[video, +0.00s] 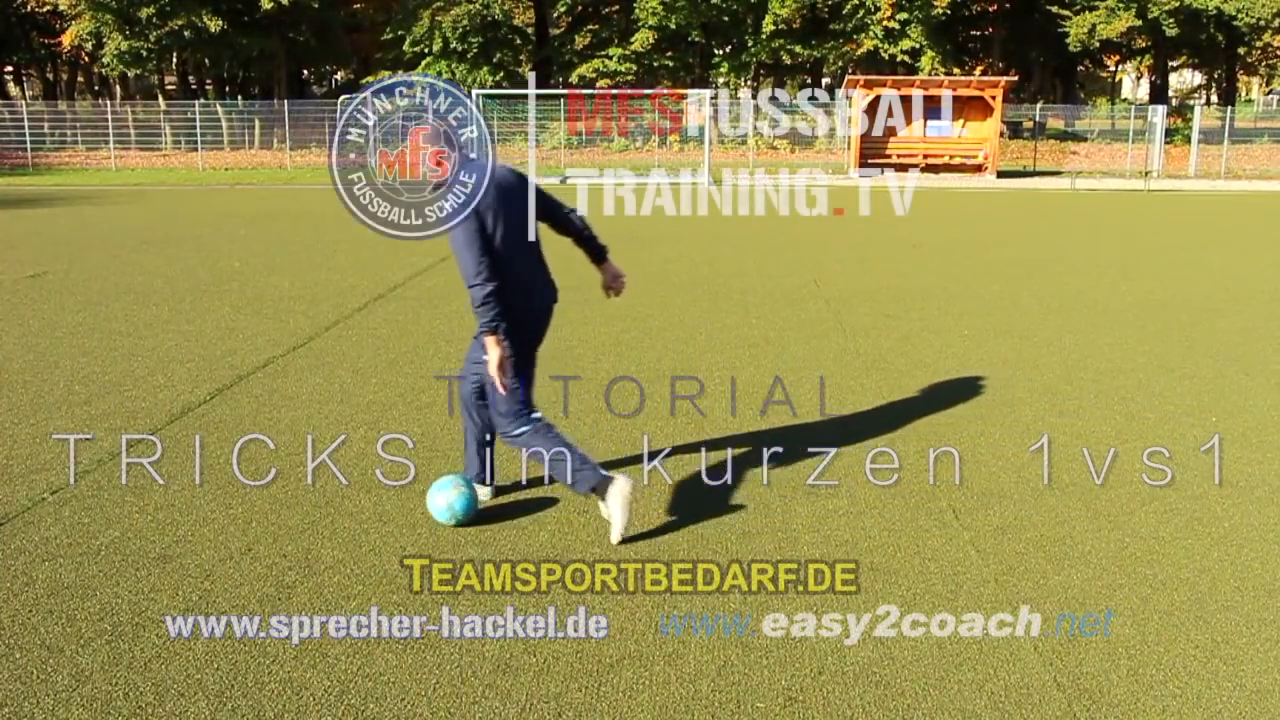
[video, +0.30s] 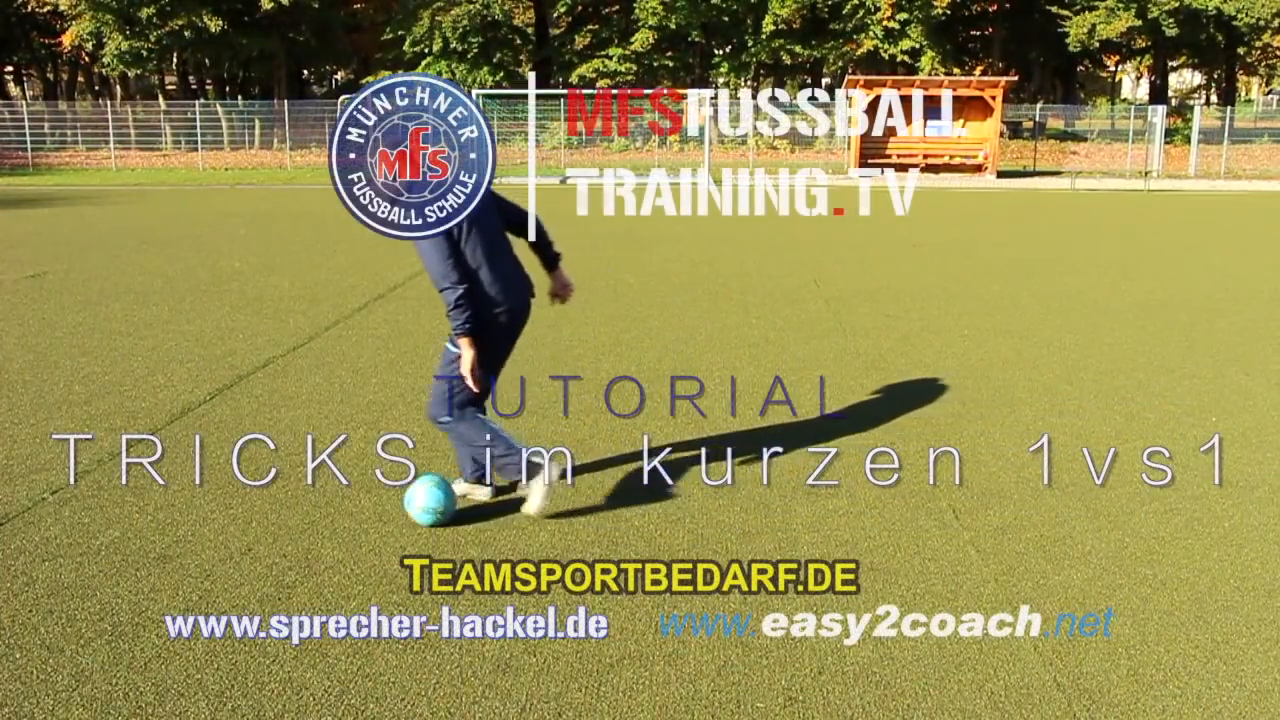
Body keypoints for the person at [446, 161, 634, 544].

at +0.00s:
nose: (426, 167)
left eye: (428, 158)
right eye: (424, 157)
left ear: (443, 157)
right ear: (461, 149)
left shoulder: (458, 199)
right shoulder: (504, 176)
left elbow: (478, 273)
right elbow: (562, 216)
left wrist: (492, 338)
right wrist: (604, 262)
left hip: (510, 311)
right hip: (537, 301)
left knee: (514, 420)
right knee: (473, 384)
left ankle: (606, 486)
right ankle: (478, 482)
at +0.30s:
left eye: (391, 182)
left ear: (405, 187)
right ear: (438, 169)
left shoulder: (427, 221)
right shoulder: (471, 193)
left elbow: (451, 283)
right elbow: (528, 223)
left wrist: (465, 343)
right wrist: (555, 269)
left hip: (486, 312)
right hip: (515, 300)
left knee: (445, 409)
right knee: (468, 396)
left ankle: (530, 468)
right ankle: (477, 479)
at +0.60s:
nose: (337, 196)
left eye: (340, 187)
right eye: (334, 188)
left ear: (370, 188)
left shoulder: (397, 227)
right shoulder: (435, 201)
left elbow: (429, 286)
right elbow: (479, 226)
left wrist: (447, 346)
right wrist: (497, 275)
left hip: (449, 317)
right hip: (482, 305)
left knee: (382, 392)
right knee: (434, 389)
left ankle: (428, 482)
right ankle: (472, 480)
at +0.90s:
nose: (280, 181)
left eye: (282, 172)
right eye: (278, 173)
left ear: (307, 167)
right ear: (313, 165)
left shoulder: (340, 206)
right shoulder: (363, 181)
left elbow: (380, 280)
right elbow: (421, 216)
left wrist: (397, 346)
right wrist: (437, 272)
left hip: (399, 315)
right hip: (429, 302)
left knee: (334, 397)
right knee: (414, 386)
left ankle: (365, 506)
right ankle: (470, 477)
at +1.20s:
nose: (194, 128)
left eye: (196, 118)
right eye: (192, 119)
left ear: (221, 116)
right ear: (233, 113)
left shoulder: (243, 166)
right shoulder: (287, 152)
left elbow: (257, 253)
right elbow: (345, 203)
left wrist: (247, 317)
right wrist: (366, 256)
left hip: (285, 296)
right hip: (312, 287)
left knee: (288, 399)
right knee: (258, 378)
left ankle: (343, 509)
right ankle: (312, 480)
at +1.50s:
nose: (133, 146)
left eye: (137, 136)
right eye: (131, 137)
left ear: (166, 131)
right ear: (172, 132)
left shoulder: (183, 187)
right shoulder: (207, 179)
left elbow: (190, 280)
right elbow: (229, 255)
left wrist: (186, 358)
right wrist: (235, 317)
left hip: (163, 328)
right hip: (193, 327)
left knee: (72, 397)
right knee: (133, 422)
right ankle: (155, 534)